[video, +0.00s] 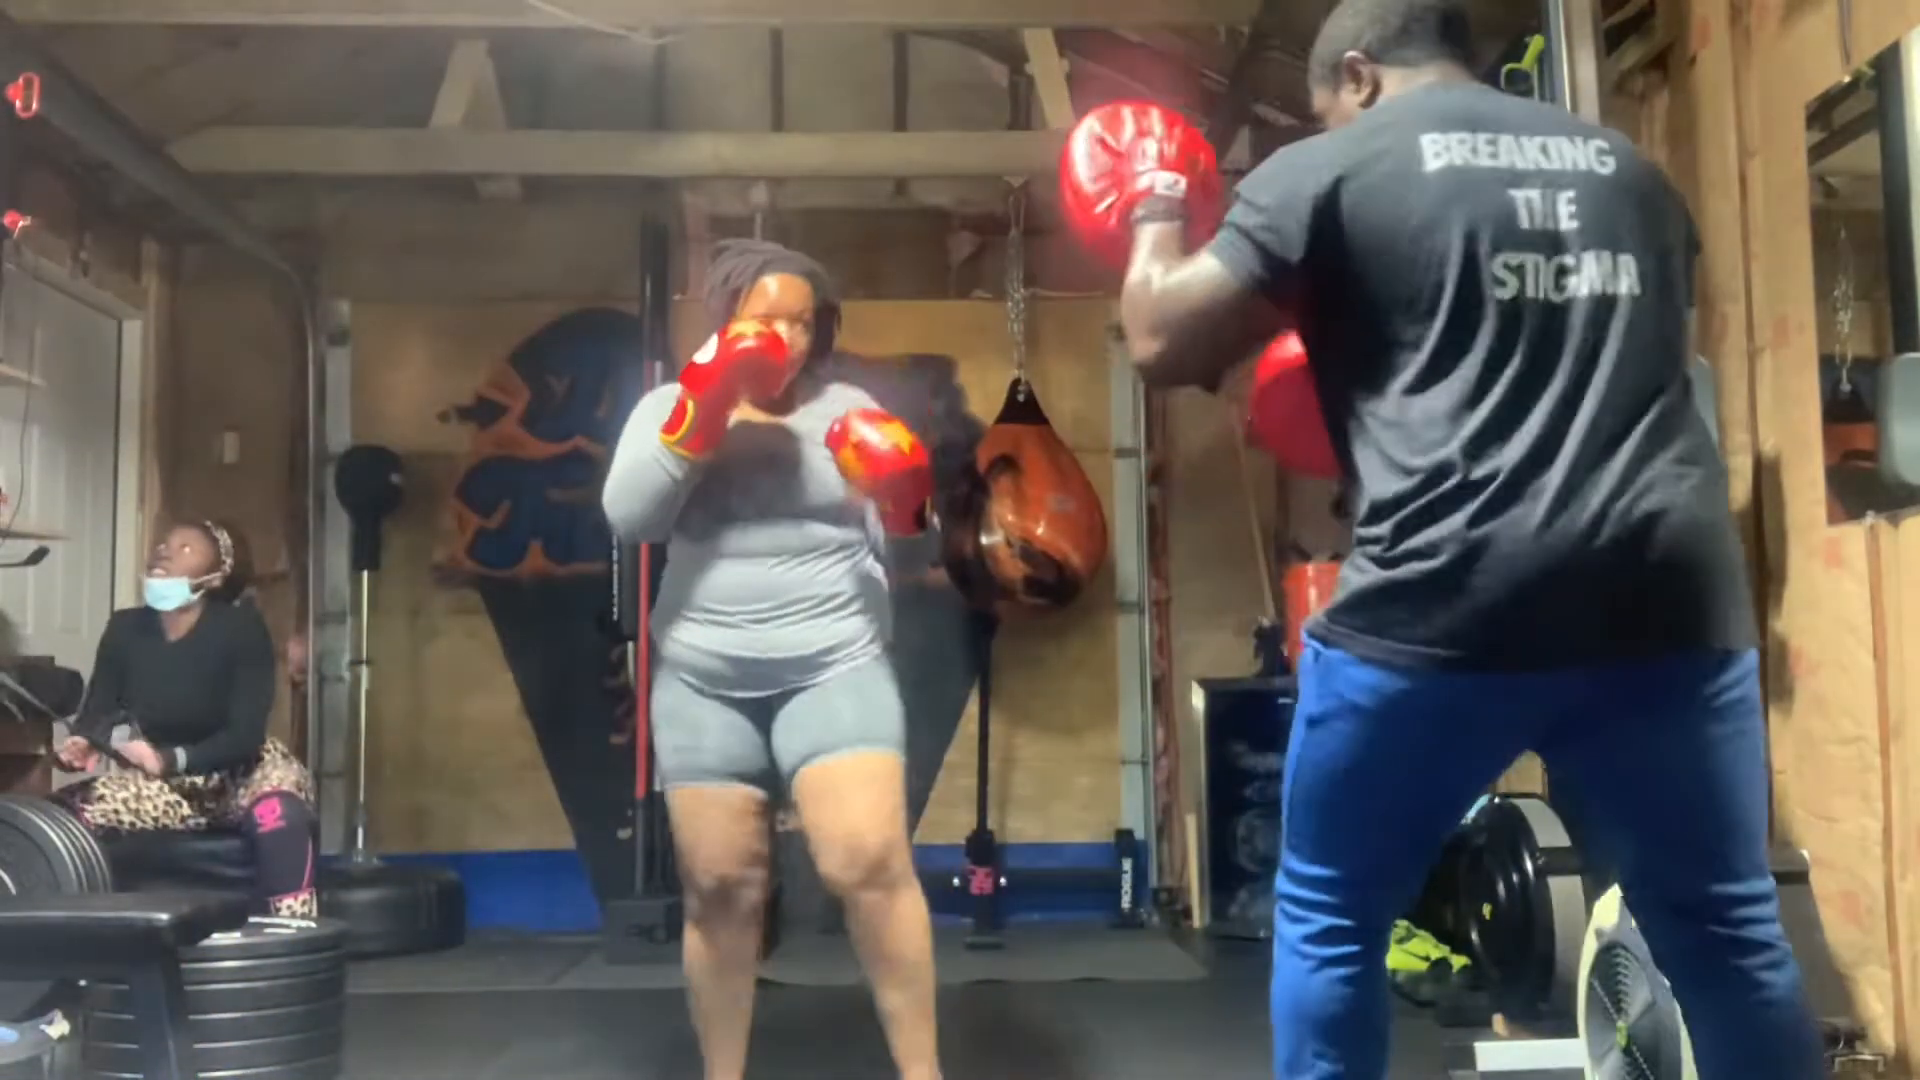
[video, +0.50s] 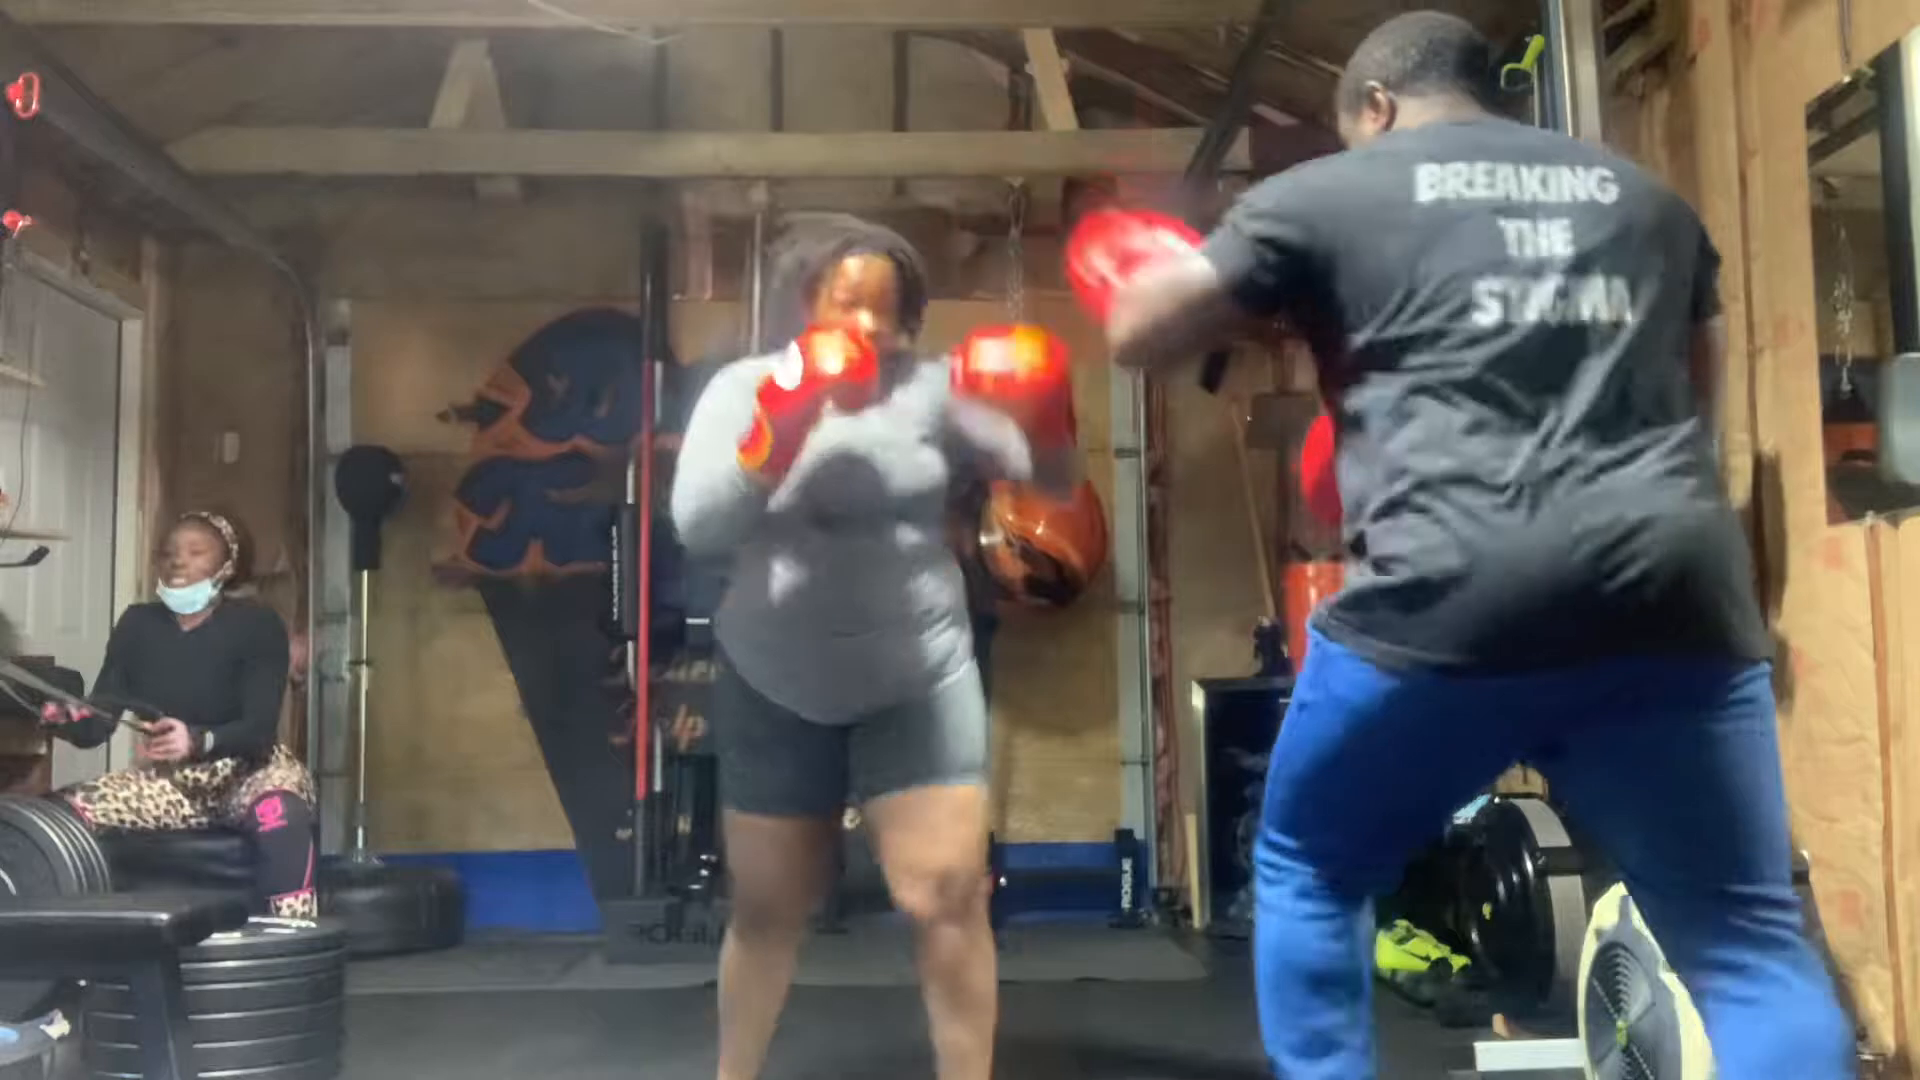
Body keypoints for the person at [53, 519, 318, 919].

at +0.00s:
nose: (163, 557)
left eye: (184, 551)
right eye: (162, 548)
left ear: (213, 575)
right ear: (150, 558)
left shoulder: (242, 628)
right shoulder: (126, 627)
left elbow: (245, 739)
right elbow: (98, 708)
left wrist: (170, 759)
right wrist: (84, 740)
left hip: (237, 780)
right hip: (152, 781)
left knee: (280, 814)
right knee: (62, 815)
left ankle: (294, 945)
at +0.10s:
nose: (164, 558)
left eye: (185, 551)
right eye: (164, 549)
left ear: (215, 575)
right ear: (153, 557)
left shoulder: (244, 626)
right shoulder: (128, 626)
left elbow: (247, 737)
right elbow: (99, 713)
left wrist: (171, 753)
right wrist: (85, 739)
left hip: (237, 780)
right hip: (152, 782)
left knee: (280, 814)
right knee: (61, 815)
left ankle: (295, 945)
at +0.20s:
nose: (169, 560)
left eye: (188, 551)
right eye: (168, 551)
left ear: (222, 573)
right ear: (157, 559)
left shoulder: (249, 627)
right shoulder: (133, 625)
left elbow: (250, 735)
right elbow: (97, 726)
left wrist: (175, 748)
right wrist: (79, 736)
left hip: (242, 782)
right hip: (162, 784)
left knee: (280, 813)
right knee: (65, 812)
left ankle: (294, 947)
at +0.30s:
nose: (174, 563)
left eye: (190, 554)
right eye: (171, 552)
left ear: (224, 571)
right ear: (161, 556)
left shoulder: (255, 626)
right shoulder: (135, 624)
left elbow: (252, 734)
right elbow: (98, 724)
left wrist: (183, 746)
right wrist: (81, 730)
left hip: (245, 783)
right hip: (166, 784)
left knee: (280, 812)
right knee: (67, 812)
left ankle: (294, 947)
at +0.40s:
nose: (176, 563)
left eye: (193, 553)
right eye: (169, 554)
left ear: (225, 568)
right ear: (160, 561)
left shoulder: (256, 625)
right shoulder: (137, 624)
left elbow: (256, 734)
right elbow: (96, 727)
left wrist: (197, 744)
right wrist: (75, 725)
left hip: (244, 781)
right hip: (166, 783)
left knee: (281, 808)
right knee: (70, 811)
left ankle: (293, 944)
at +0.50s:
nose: (178, 562)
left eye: (194, 552)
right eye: (170, 553)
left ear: (224, 567)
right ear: (159, 561)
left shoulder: (258, 625)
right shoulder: (139, 623)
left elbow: (259, 732)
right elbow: (96, 728)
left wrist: (198, 741)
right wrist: (69, 719)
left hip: (246, 779)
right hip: (164, 781)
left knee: (281, 811)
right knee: (65, 813)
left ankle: (293, 950)